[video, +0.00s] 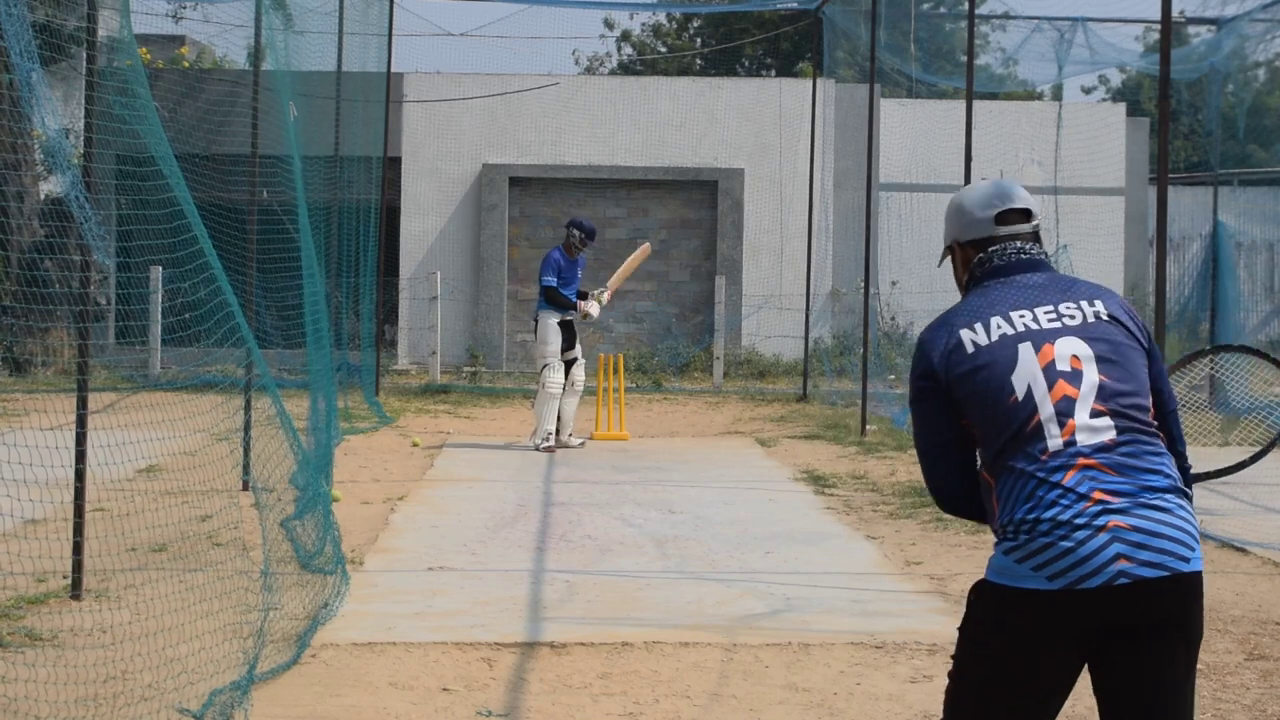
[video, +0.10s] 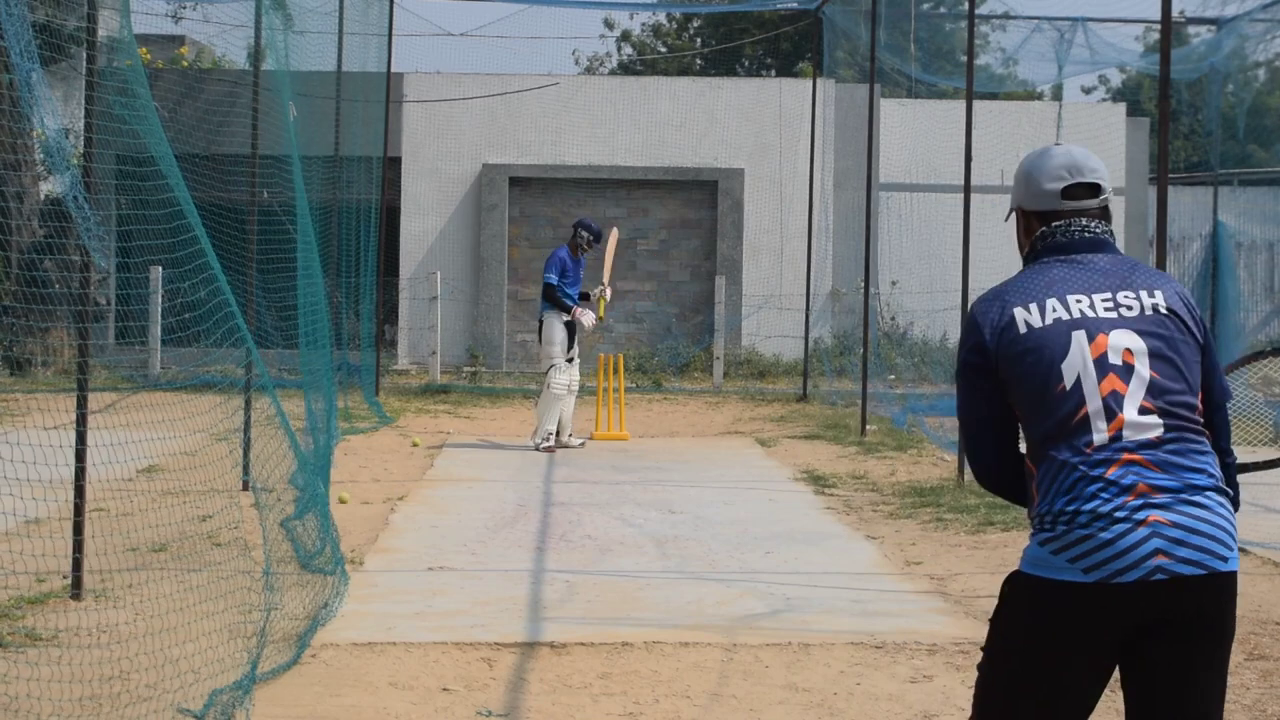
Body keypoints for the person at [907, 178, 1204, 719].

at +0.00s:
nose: (953, 271)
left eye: (952, 259)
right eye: (952, 259)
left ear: (964, 257)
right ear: (1035, 243)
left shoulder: (943, 337)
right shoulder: (1117, 306)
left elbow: (953, 491)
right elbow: (1173, 446)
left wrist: (1041, 500)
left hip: (1044, 579)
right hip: (1166, 570)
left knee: (979, 710)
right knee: (1161, 711)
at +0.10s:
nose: (1015, 231)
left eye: (1016, 220)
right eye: (1016, 220)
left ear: (1026, 223)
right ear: (1105, 214)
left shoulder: (996, 309)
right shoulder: (1173, 291)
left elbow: (991, 463)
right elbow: (1217, 438)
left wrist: (1071, 493)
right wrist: (1216, 522)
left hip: (1080, 568)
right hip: (1203, 562)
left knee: (1011, 710)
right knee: (1185, 710)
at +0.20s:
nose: (1045, 210)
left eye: (1046, 199)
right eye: (1048, 198)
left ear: (1057, 205)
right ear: (1138, 199)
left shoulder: (1022, 293)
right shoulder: (1201, 282)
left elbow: (1004, 447)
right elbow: (1240, 427)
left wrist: (1086, 491)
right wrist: (1233, 494)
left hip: (1098, 554)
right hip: (1221, 550)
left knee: (1042, 709)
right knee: (1197, 710)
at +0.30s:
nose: (1084, 199)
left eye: (1086, 187)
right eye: (1086, 186)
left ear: (1096, 193)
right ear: (1179, 193)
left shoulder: (1055, 278)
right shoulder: (1237, 283)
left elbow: (1024, 431)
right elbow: (1258, 416)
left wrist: (1100, 484)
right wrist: (1211, 471)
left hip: (1123, 560)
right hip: (1248, 552)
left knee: (1094, 708)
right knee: (1224, 710)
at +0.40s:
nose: (1105, 195)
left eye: (1107, 184)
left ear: (1116, 190)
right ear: (1203, 190)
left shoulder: (1072, 277)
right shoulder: (1257, 284)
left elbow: (1041, 431)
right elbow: (1264, 412)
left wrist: (1113, 482)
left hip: (1139, 568)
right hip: (1262, 559)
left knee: (1127, 708)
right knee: (1241, 709)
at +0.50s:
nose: (1128, 192)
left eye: (1131, 181)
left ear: (1141, 190)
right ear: (1229, 188)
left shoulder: (1100, 279)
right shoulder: (1273, 279)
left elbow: (1062, 436)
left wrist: (1138, 485)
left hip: (1176, 576)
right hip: (1277, 565)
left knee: (1174, 707)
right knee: (1261, 705)